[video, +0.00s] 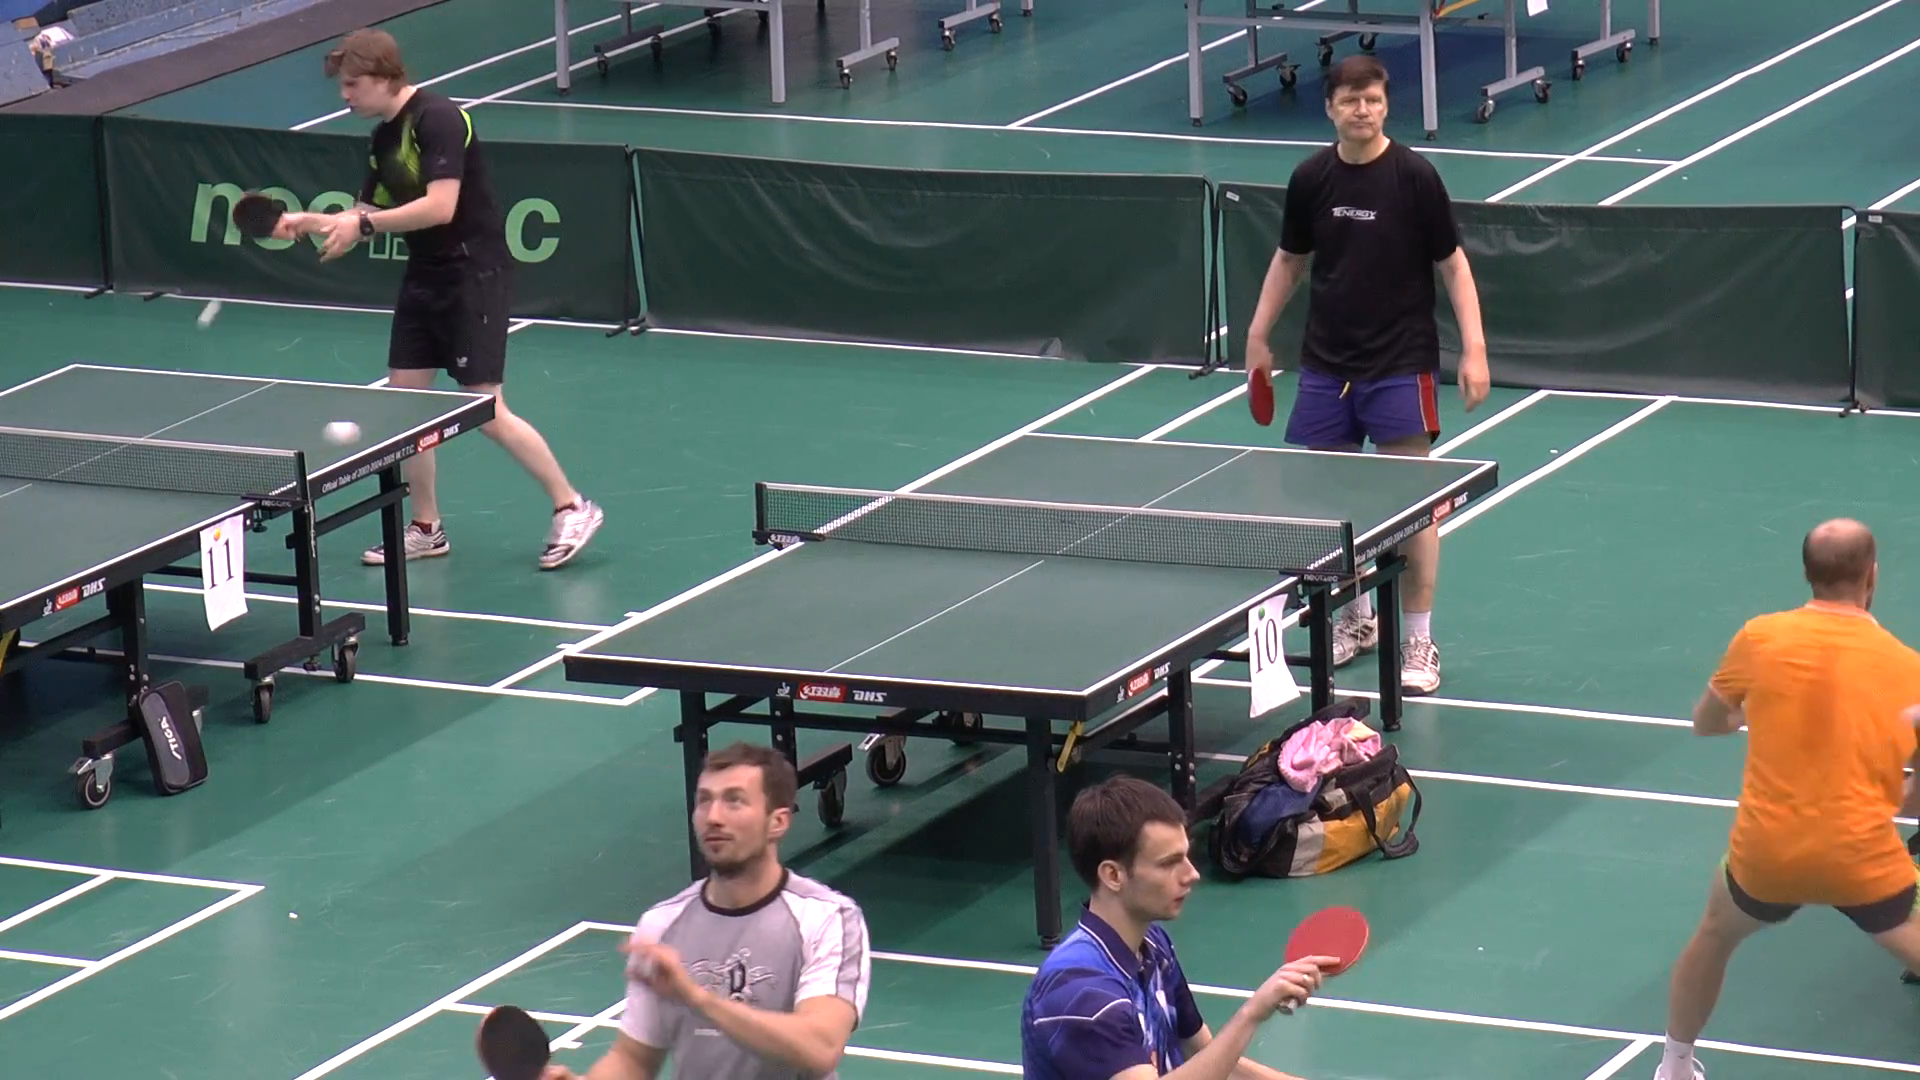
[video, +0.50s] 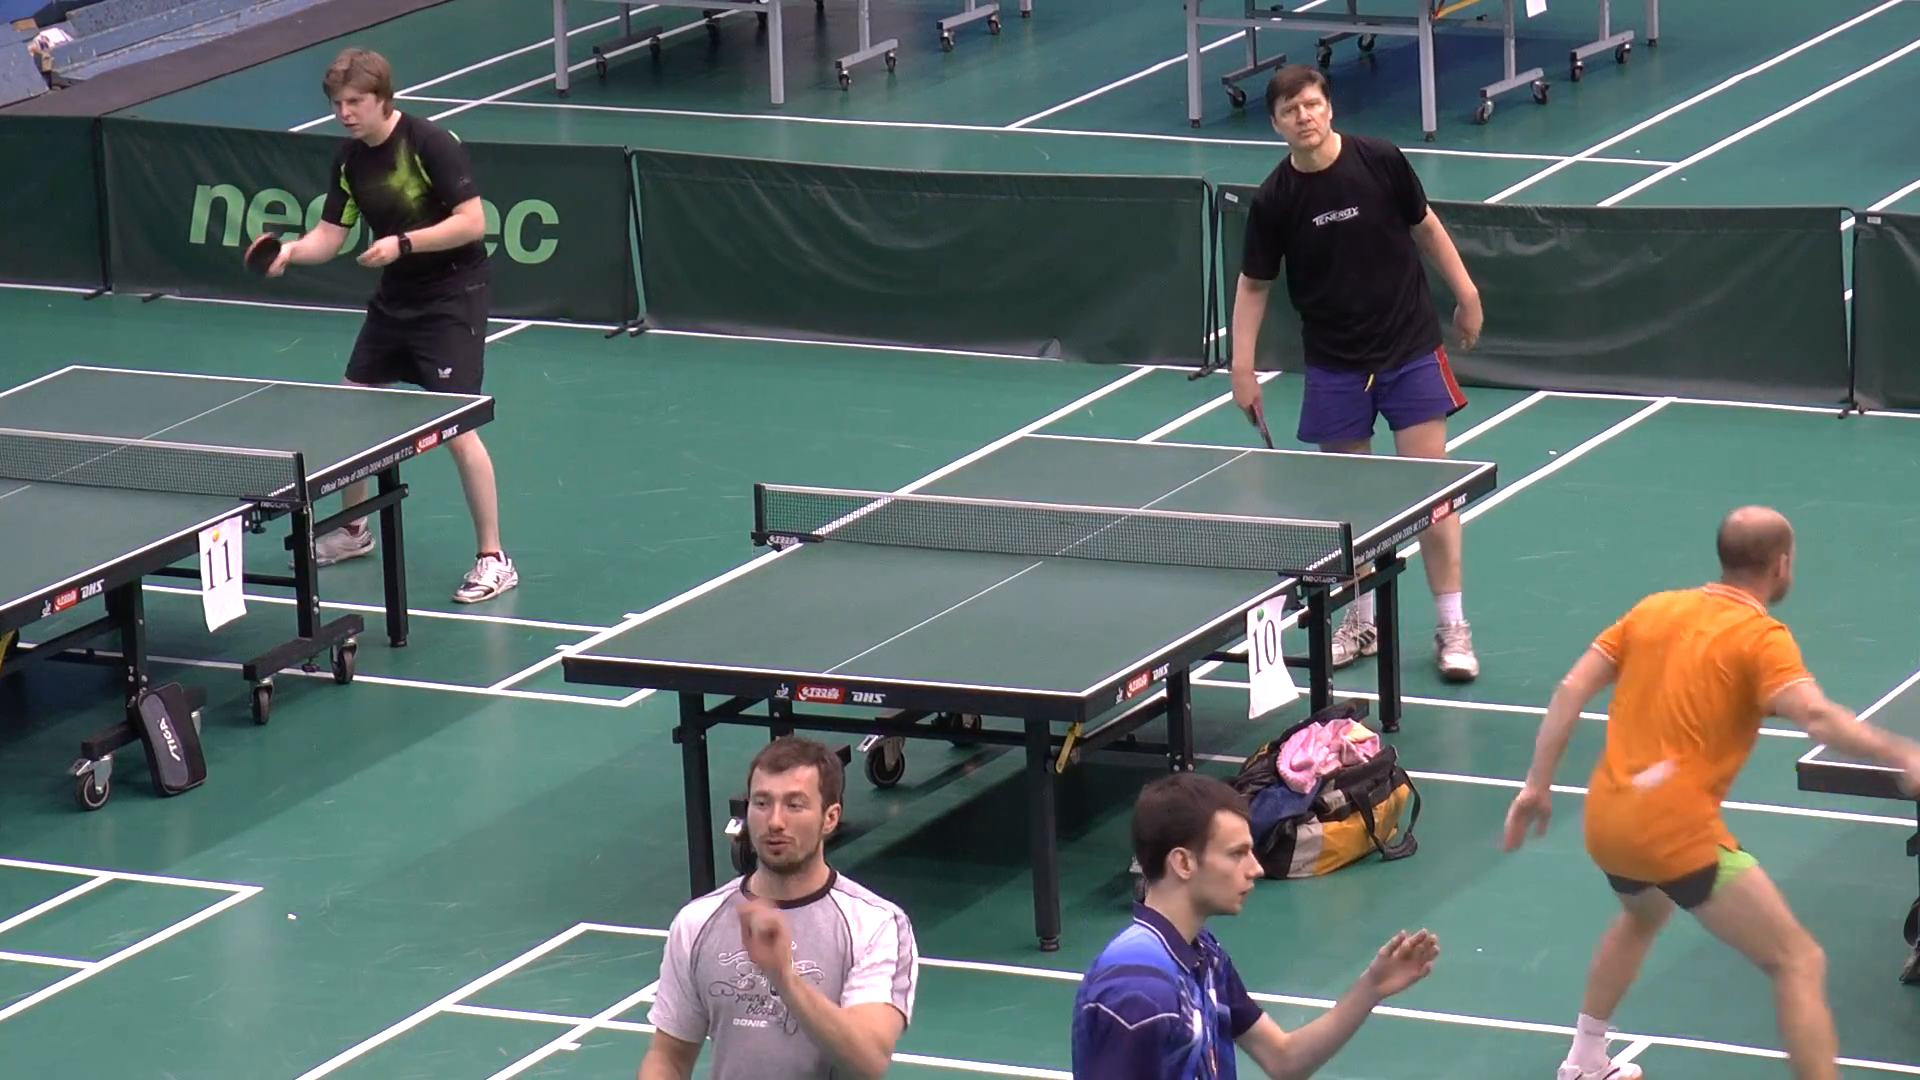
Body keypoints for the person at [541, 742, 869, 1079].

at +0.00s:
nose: (712, 817)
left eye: (734, 801)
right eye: (704, 802)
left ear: (777, 822)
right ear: (693, 814)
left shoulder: (830, 919)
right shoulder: (660, 925)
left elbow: (819, 1049)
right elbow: (631, 1058)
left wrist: (694, 997)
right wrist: (580, 1078)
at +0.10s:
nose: (735, 813)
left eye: (757, 797)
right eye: (727, 797)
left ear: (800, 818)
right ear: (717, 808)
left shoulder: (851, 915)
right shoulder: (684, 922)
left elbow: (829, 1029)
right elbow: (663, 1057)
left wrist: (716, 955)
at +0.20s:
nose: (755, 810)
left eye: (777, 793)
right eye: (745, 794)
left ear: (817, 815)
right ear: (733, 810)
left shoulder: (866, 913)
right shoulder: (693, 922)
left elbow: (833, 1017)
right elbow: (673, 1054)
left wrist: (731, 923)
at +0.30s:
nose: (767, 809)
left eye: (789, 793)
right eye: (757, 793)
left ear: (828, 816)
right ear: (745, 808)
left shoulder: (873, 914)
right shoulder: (698, 922)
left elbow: (839, 1016)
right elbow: (673, 1054)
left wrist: (748, 911)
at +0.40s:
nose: (775, 813)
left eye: (796, 798)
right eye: (763, 797)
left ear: (831, 818)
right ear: (749, 811)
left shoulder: (878, 920)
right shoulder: (700, 924)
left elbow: (850, 1033)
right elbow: (672, 1054)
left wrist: (765, 923)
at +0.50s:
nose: (775, 821)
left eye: (794, 805)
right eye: (762, 803)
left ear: (830, 818)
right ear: (747, 813)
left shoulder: (879, 926)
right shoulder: (696, 924)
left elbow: (870, 1059)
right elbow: (670, 1057)